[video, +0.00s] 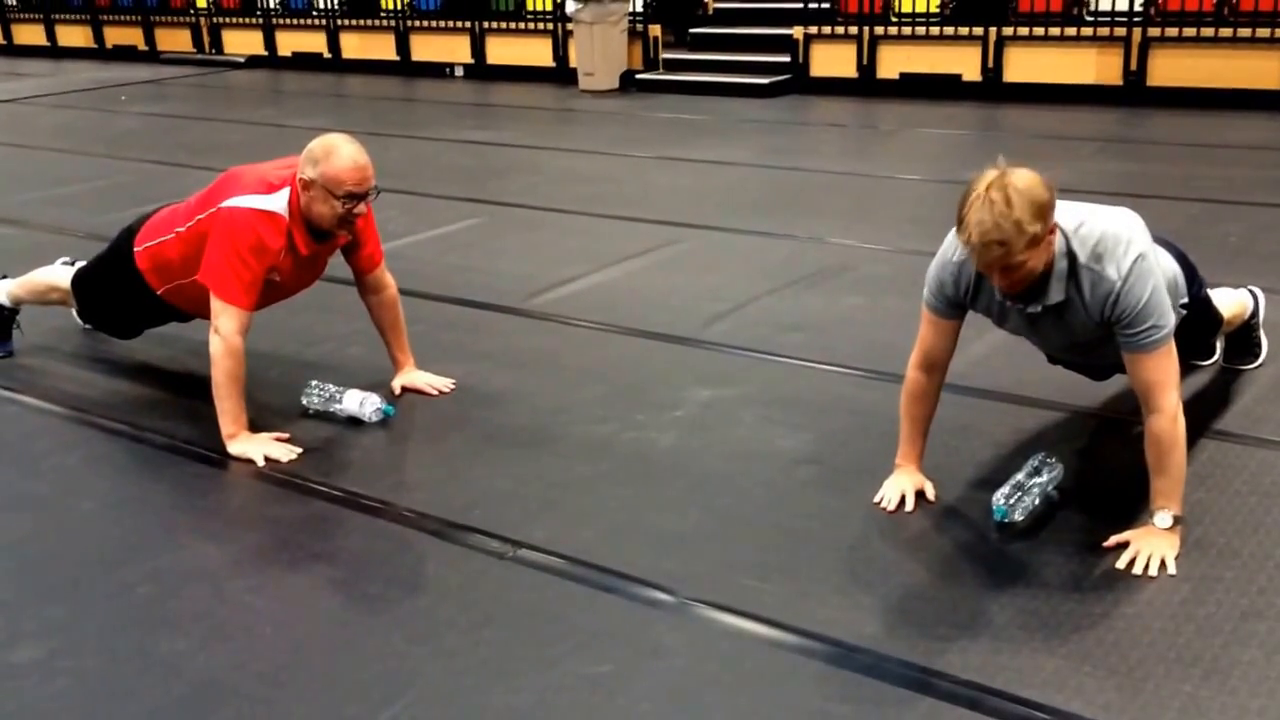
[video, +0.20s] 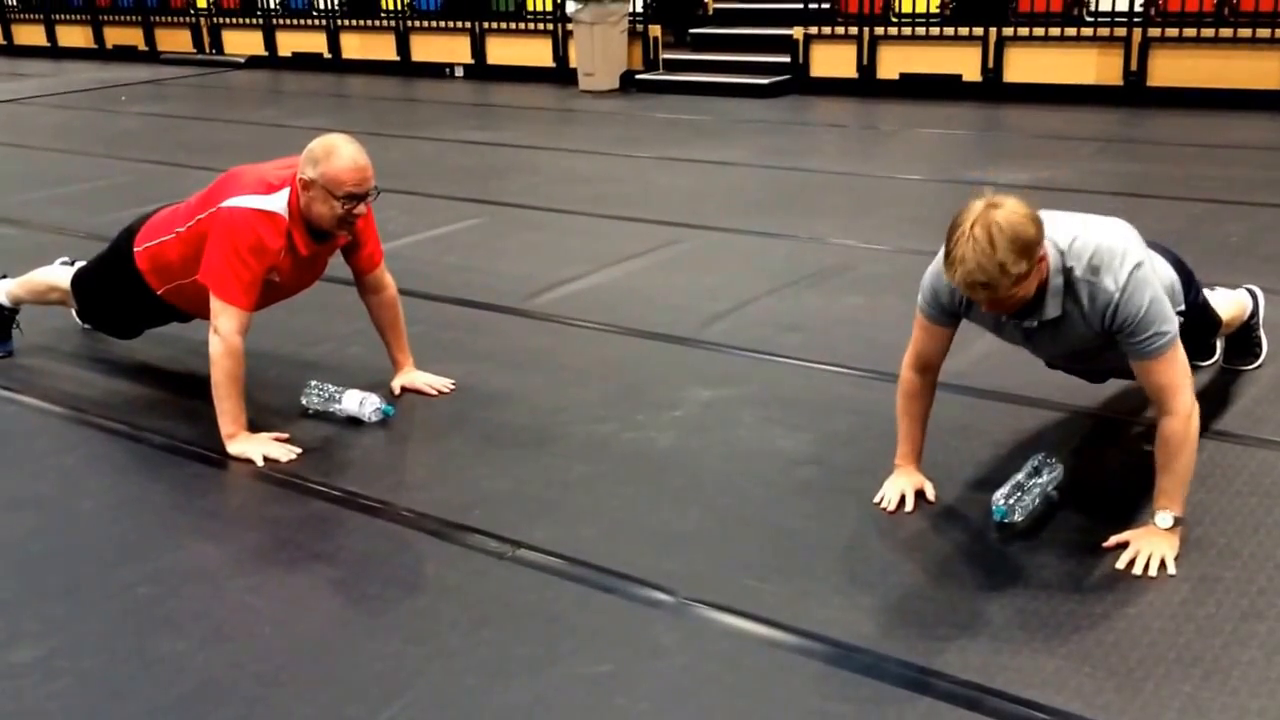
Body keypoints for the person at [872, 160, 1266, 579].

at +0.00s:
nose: (1001, 283)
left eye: (1014, 268)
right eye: (990, 269)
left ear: (1049, 239)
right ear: (974, 247)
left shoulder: (1126, 270)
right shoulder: (958, 260)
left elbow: (1163, 407)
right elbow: (925, 366)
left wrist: (1164, 521)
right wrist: (907, 464)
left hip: (1156, 309)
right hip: (1071, 336)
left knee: (1201, 327)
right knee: (1120, 356)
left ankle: (1246, 304)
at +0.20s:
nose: (995, 310)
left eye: (1006, 298)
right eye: (982, 301)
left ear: (1039, 266)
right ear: (965, 272)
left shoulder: (1126, 283)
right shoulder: (954, 278)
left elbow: (1179, 410)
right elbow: (918, 368)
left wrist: (1164, 522)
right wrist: (906, 465)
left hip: (1154, 315)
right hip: (1078, 351)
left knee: (1202, 319)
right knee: (1156, 351)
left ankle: (1244, 306)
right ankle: (1191, 344)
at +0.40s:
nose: (978, 405)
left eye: (991, 394)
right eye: (968, 395)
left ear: (1025, 361)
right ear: (952, 362)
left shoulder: (1118, 348)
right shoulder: (945, 322)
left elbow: (1218, 425)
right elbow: (899, 373)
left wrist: (1168, 524)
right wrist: (905, 465)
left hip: (1158, 317)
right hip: (1078, 296)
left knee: (1206, 332)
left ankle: (1241, 302)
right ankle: (1203, 299)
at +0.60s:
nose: (972, 485)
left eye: (977, 478)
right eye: (960, 478)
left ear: (1012, 446)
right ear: (941, 426)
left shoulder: (1100, 408)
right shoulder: (948, 372)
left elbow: (1225, 431)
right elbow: (888, 371)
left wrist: (1166, 526)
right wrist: (903, 464)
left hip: (1141, 356)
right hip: (1059, 334)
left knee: (1202, 352)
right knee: (1137, 328)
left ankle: (1239, 303)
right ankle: (1206, 297)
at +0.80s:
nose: (971, 490)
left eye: (974, 482)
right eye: (957, 483)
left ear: (1006, 448)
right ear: (933, 426)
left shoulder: (1092, 406)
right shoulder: (948, 369)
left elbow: (1221, 432)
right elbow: (888, 373)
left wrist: (1166, 527)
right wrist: (903, 464)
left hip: (1142, 357)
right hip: (1059, 333)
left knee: (1202, 352)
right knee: (1138, 328)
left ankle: (1241, 303)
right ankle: (1206, 298)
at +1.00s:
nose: (970, 396)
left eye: (980, 385)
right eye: (960, 388)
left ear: (1015, 349)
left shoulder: (1109, 333)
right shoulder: (934, 310)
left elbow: (1200, 421)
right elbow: (902, 373)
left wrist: (1164, 528)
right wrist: (904, 467)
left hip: (1161, 314)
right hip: (1084, 300)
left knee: (1208, 324)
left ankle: (1244, 306)